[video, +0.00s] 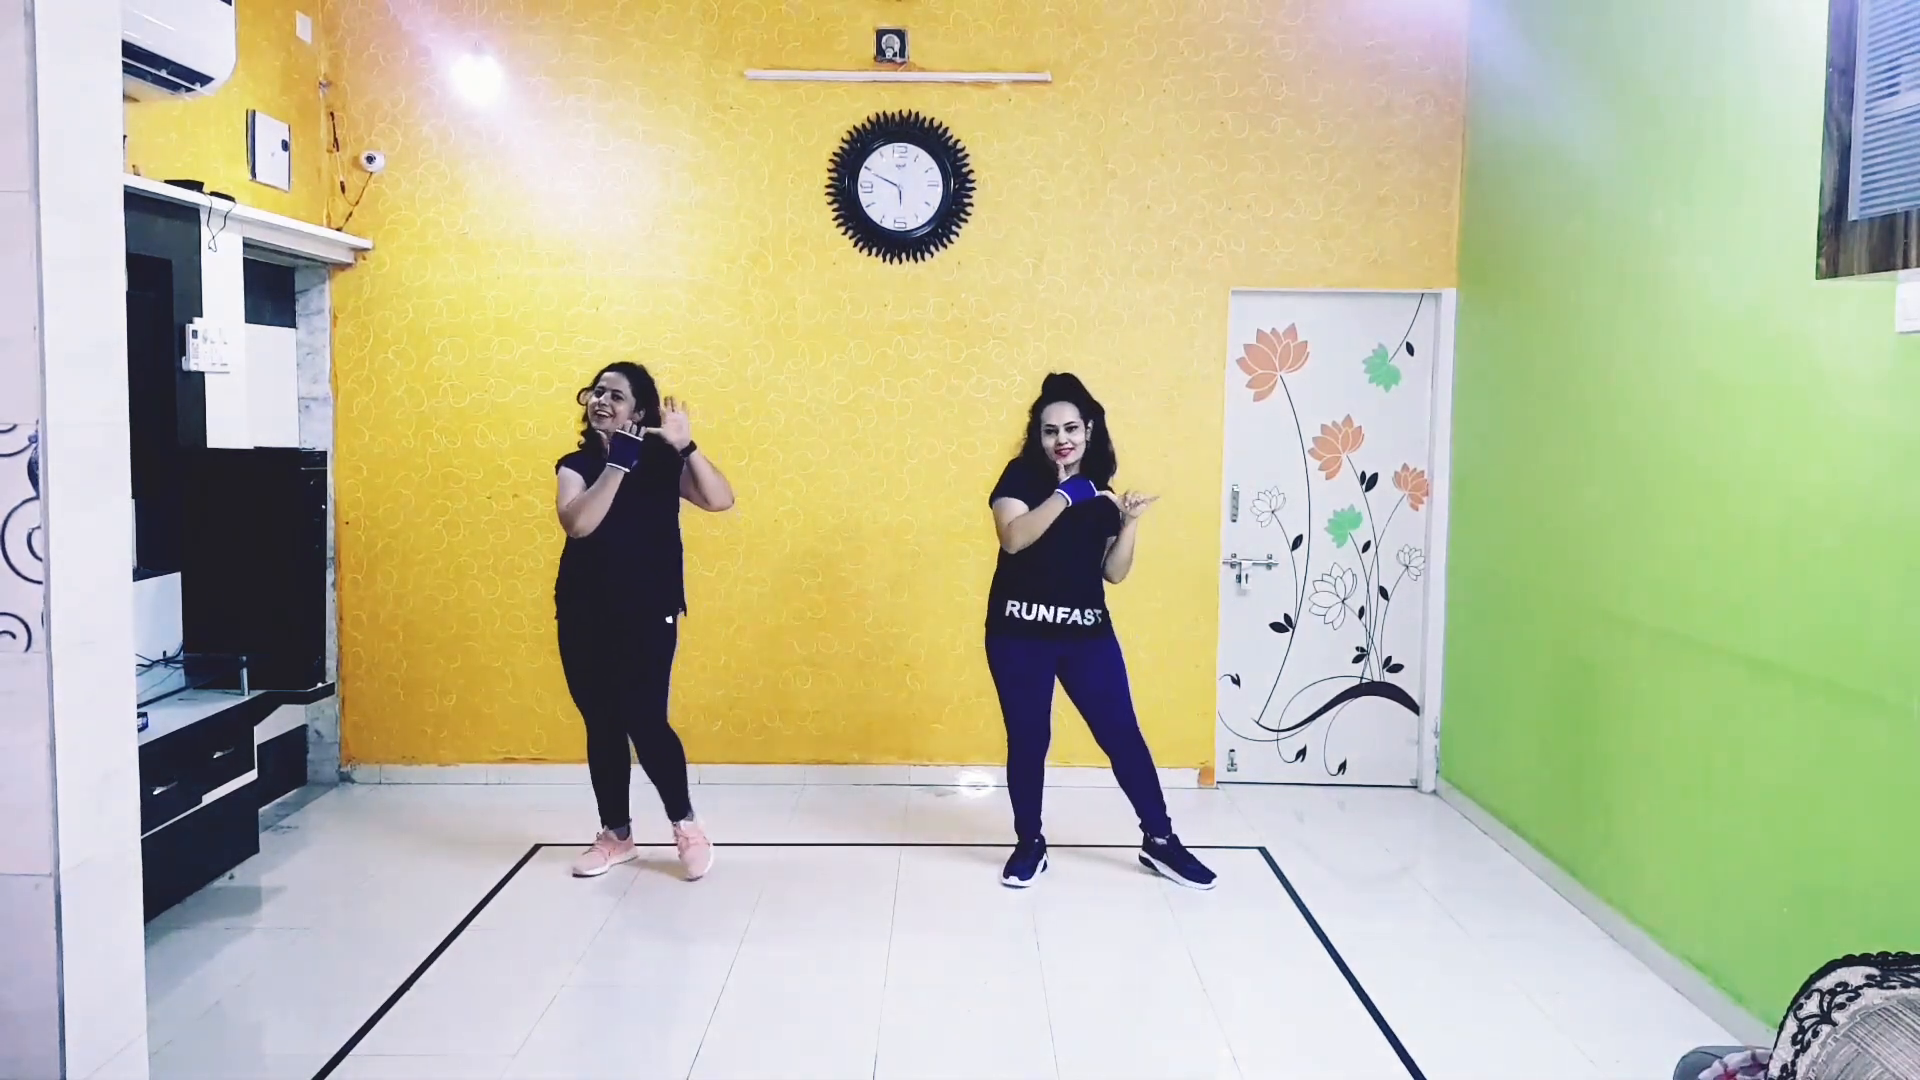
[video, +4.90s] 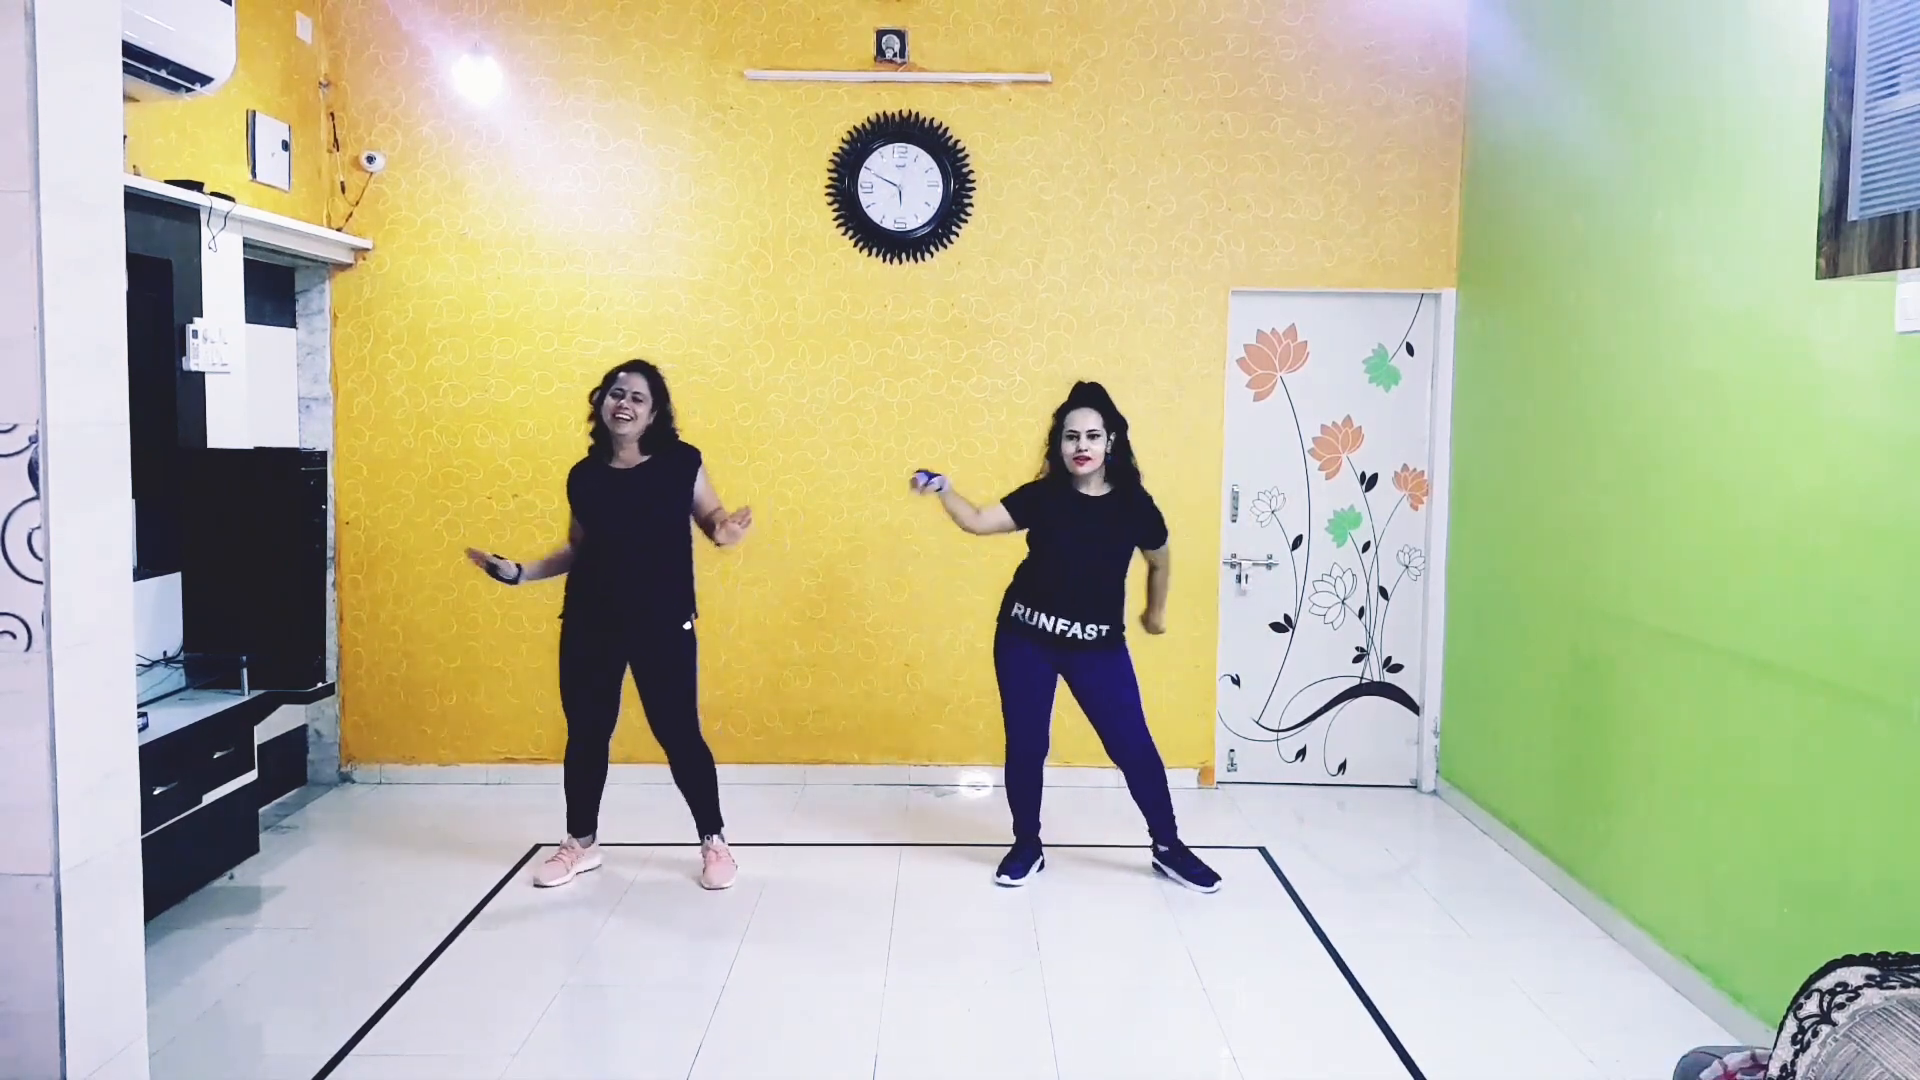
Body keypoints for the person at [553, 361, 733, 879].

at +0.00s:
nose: (601, 401)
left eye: (615, 395)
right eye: (597, 393)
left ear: (642, 411)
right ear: (588, 404)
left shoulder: (663, 460)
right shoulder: (577, 463)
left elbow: (719, 501)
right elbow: (578, 523)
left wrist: (687, 448)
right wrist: (618, 461)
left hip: (650, 610)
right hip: (586, 612)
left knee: (646, 720)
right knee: (602, 725)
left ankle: (685, 825)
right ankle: (615, 834)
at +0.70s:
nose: (621, 391)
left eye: (634, 385)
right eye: (617, 384)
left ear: (662, 399)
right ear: (609, 397)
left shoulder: (691, 462)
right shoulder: (594, 460)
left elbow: (737, 521)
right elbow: (580, 523)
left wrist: (727, 491)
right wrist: (613, 461)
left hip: (674, 614)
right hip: (606, 614)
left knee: (680, 724)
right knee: (600, 726)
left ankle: (698, 833)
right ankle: (593, 836)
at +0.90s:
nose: (610, 396)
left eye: (623, 390)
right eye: (606, 389)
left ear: (650, 406)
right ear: (597, 402)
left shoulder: (679, 471)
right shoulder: (580, 464)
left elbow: (711, 523)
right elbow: (560, 525)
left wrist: (710, 550)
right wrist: (591, 460)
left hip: (646, 621)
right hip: (579, 618)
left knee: (648, 729)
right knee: (589, 730)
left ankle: (685, 831)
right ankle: (594, 840)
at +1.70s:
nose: (645, 411)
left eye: (660, 406)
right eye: (642, 402)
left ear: (682, 424)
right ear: (628, 413)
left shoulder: (705, 481)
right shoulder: (611, 477)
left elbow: (737, 541)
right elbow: (595, 534)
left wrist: (770, 587)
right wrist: (620, 462)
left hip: (712, 629)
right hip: (645, 632)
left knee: (709, 732)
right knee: (624, 736)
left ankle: (711, 839)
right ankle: (632, 844)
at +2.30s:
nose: (605, 395)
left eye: (621, 390)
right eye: (605, 387)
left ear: (646, 413)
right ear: (597, 401)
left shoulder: (674, 467)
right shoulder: (579, 463)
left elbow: (698, 536)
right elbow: (548, 522)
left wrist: (700, 606)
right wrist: (572, 446)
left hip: (642, 624)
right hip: (573, 620)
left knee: (647, 735)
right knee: (577, 735)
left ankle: (691, 836)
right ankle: (580, 845)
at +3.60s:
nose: (627, 403)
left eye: (642, 399)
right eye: (622, 394)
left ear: (663, 416)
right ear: (609, 406)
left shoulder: (685, 478)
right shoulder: (584, 472)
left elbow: (704, 540)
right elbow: (538, 541)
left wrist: (713, 562)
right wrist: (568, 511)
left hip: (653, 628)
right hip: (583, 625)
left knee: (665, 737)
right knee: (580, 734)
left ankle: (706, 845)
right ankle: (575, 841)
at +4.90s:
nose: (624, 403)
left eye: (637, 398)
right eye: (616, 393)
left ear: (655, 411)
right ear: (600, 403)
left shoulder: (680, 464)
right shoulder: (585, 476)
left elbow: (714, 520)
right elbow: (577, 550)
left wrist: (726, 528)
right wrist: (522, 572)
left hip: (662, 623)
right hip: (592, 623)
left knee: (679, 734)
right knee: (586, 735)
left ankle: (713, 841)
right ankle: (580, 843)